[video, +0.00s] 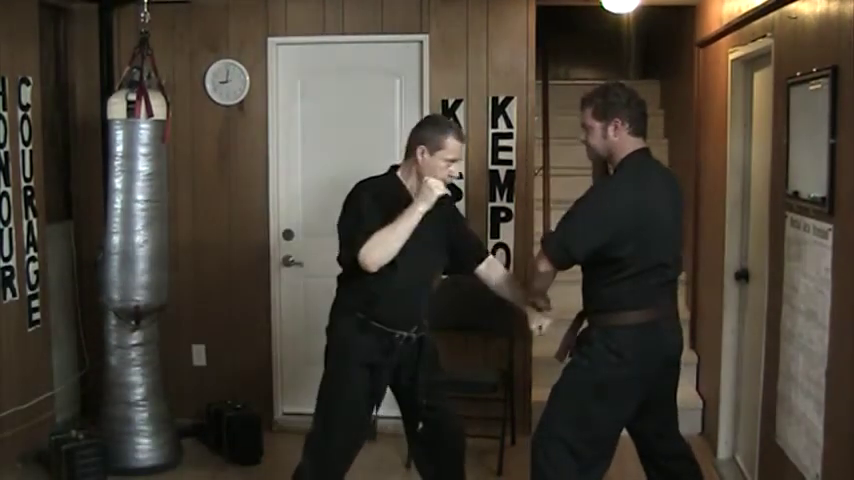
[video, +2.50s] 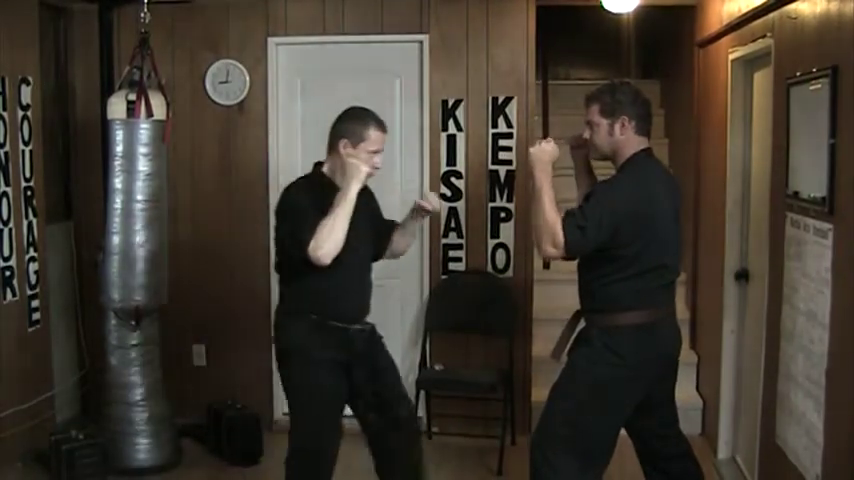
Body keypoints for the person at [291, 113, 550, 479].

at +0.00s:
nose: (456, 171)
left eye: (458, 162)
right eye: (449, 161)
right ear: (420, 154)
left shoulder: (443, 211)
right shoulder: (369, 194)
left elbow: (487, 267)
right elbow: (370, 258)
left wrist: (529, 303)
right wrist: (420, 205)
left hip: (413, 345)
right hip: (359, 340)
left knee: (443, 443)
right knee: (333, 448)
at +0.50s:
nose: (415, 167)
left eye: (417, 158)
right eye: (407, 158)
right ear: (377, 154)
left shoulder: (408, 206)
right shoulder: (336, 202)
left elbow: (443, 261)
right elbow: (336, 267)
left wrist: (489, 279)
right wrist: (381, 209)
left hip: (400, 344)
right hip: (345, 344)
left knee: (437, 438)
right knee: (342, 448)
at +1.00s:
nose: (343, 153)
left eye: (346, 144)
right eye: (335, 143)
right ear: (306, 138)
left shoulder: (332, 187)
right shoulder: (266, 182)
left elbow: (371, 226)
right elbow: (278, 237)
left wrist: (389, 179)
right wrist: (310, 174)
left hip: (313, 326)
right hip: (269, 326)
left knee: (313, 431)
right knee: (282, 434)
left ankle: (303, 475)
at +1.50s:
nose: (273, 170)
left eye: (276, 162)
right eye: (268, 161)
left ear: (246, 158)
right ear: (240, 155)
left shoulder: (254, 201)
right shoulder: (199, 198)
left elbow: (287, 249)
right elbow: (232, 252)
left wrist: (308, 201)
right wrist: (258, 188)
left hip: (242, 344)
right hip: (194, 343)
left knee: (288, 431)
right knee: (165, 443)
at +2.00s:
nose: (304, 165)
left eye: (308, 156)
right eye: (301, 154)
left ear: (279, 152)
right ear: (273, 149)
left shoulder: (282, 196)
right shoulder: (231, 192)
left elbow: (318, 241)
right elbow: (267, 247)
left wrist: (341, 201)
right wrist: (290, 182)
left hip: (274, 336)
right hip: (228, 336)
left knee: (297, 430)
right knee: (214, 433)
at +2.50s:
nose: (379, 163)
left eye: (380, 154)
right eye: (373, 153)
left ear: (351, 150)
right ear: (344, 149)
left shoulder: (361, 196)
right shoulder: (299, 195)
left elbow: (390, 247)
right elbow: (320, 252)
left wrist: (416, 216)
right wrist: (350, 187)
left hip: (358, 336)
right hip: (309, 337)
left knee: (399, 429)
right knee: (316, 445)